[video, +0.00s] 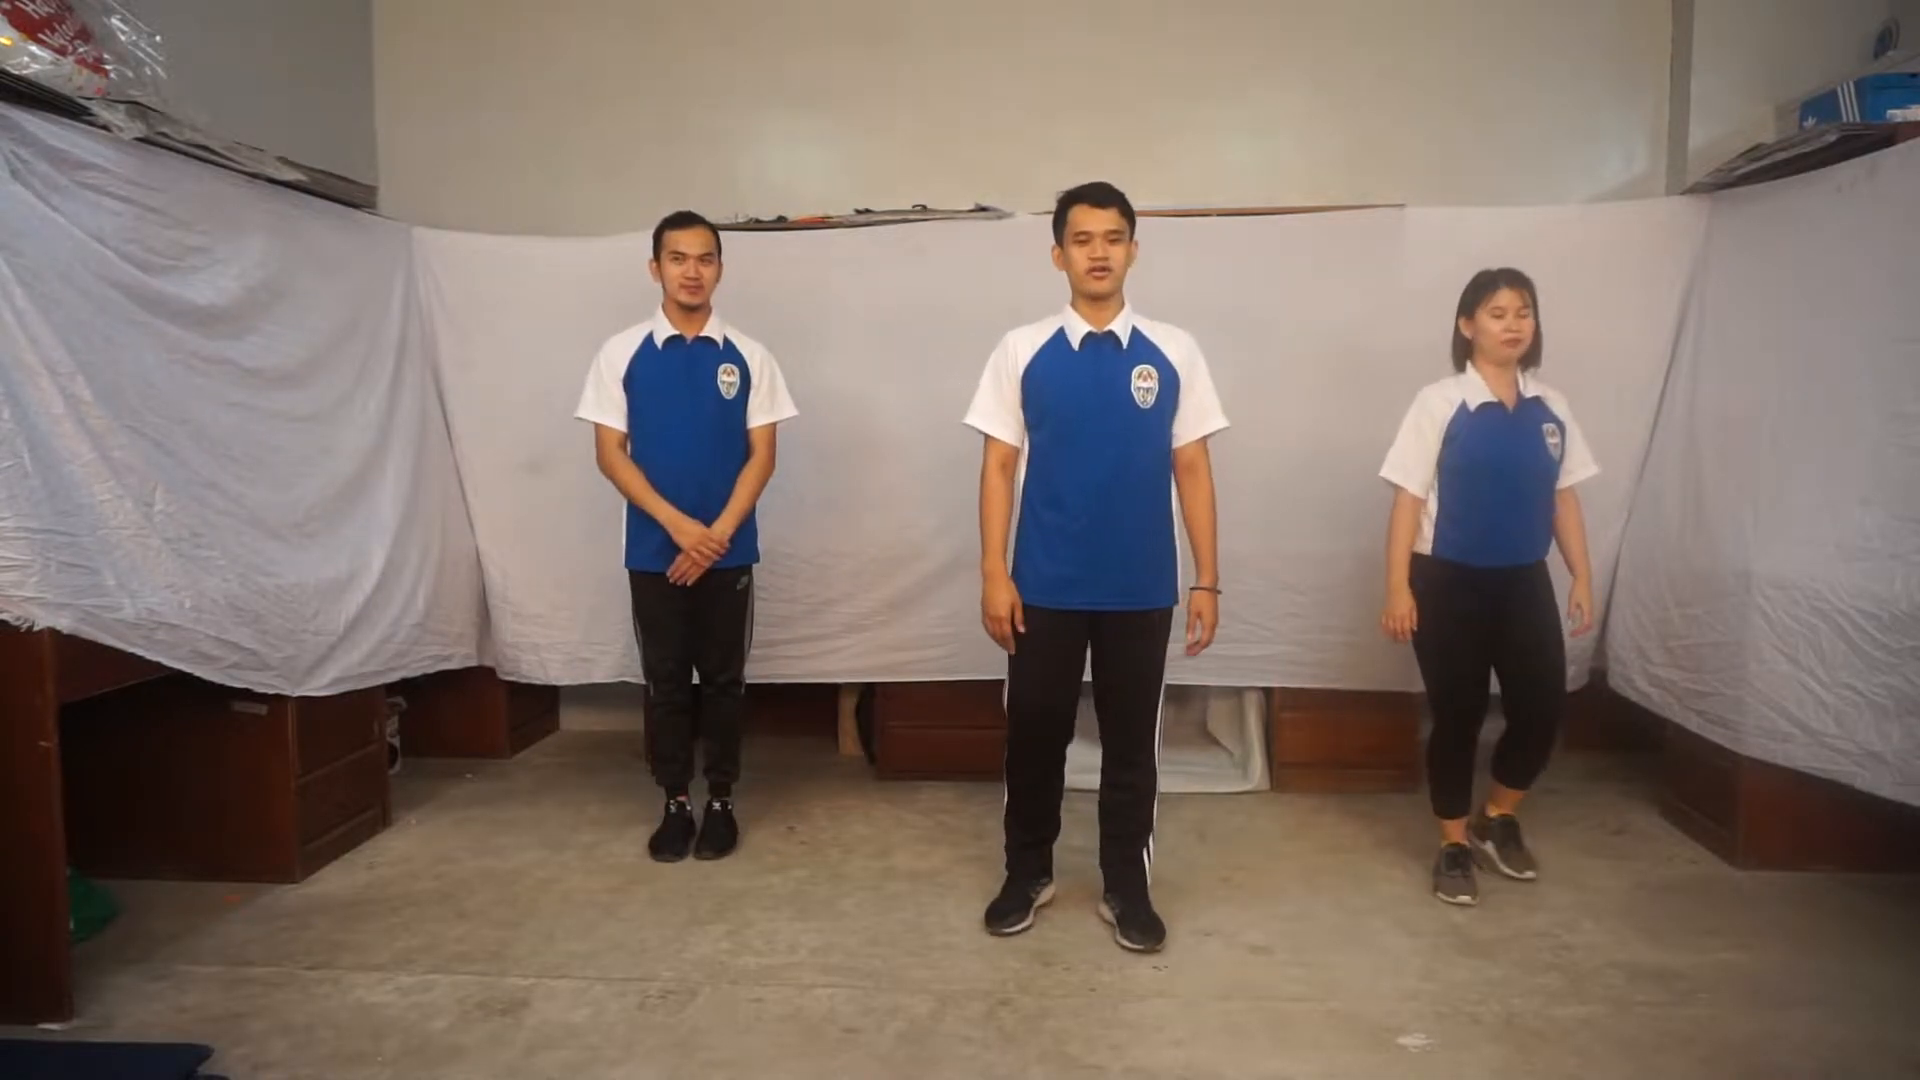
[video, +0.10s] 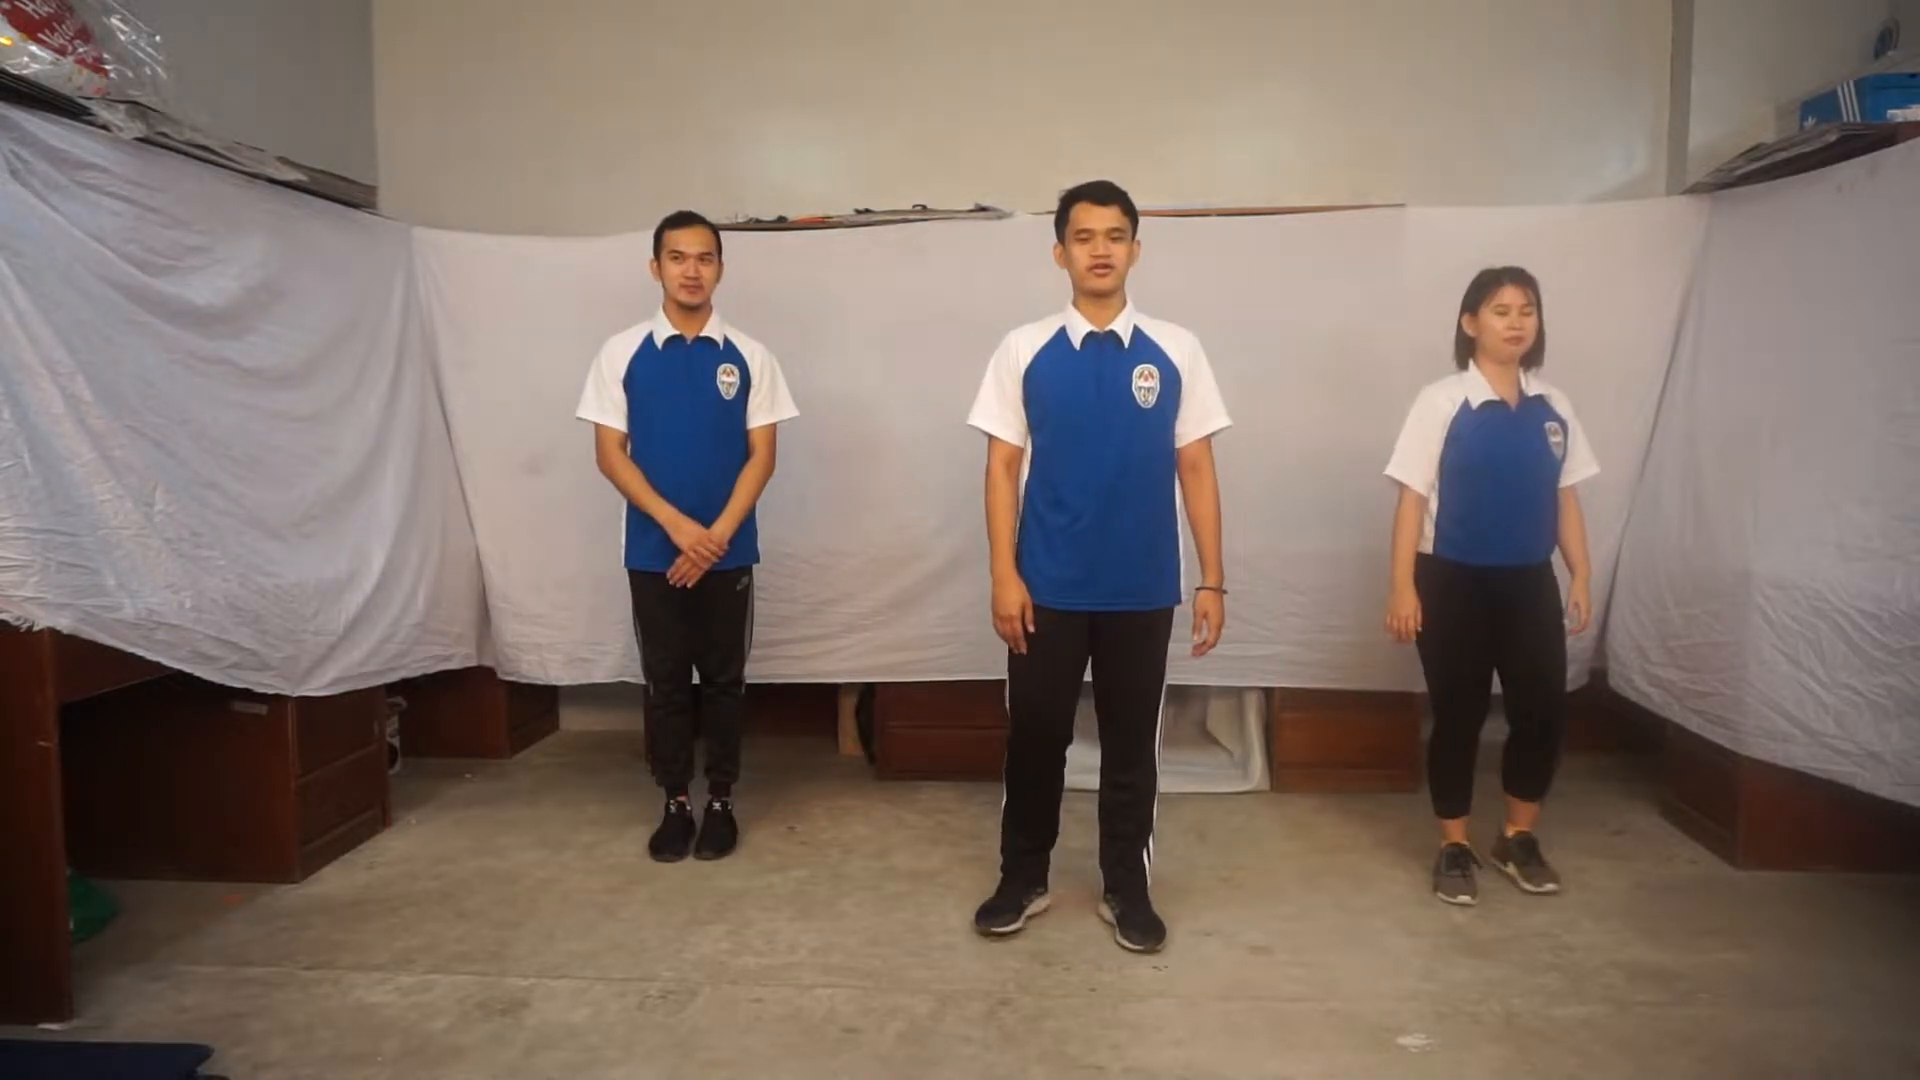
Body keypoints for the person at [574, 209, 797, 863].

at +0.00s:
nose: (693, 270)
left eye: (705, 259)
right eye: (679, 259)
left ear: (718, 269)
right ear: (657, 269)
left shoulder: (749, 357)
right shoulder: (621, 354)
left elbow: (763, 458)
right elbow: (609, 455)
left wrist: (713, 540)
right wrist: (675, 522)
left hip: (727, 555)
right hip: (654, 556)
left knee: (722, 684)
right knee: (666, 687)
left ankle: (720, 803)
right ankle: (676, 804)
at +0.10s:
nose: (693, 269)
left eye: (705, 258)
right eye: (679, 258)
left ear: (718, 269)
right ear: (657, 269)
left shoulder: (750, 357)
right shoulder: (621, 354)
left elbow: (763, 458)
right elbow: (610, 456)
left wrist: (712, 541)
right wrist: (675, 523)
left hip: (727, 556)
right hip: (654, 557)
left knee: (723, 685)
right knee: (666, 687)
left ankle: (720, 802)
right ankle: (675, 804)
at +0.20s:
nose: (693, 269)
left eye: (705, 258)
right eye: (679, 258)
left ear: (719, 269)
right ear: (658, 268)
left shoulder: (750, 357)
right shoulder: (622, 353)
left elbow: (762, 459)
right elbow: (609, 455)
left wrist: (712, 542)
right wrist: (672, 525)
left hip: (727, 555)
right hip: (654, 557)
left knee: (723, 684)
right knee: (666, 688)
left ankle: (720, 802)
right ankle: (676, 804)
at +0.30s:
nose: (693, 269)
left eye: (705, 258)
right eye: (680, 257)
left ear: (720, 270)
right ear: (659, 268)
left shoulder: (750, 358)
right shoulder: (623, 353)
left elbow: (762, 459)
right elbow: (608, 454)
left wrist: (708, 542)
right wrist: (667, 521)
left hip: (726, 555)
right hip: (654, 556)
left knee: (723, 684)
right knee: (666, 687)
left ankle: (720, 802)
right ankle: (676, 804)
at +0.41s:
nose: (691, 268)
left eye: (704, 257)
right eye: (678, 257)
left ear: (720, 269)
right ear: (659, 267)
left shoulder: (750, 358)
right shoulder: (623, 352)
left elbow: (761, 459)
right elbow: (608, 453)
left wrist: (706, 542)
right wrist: (667, 521)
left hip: (726, 556)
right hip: (653, 556)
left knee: (722, 685)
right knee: (666, 687)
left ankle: (720, 802)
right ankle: (676, 804)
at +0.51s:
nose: (690, 268)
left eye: (703, 257)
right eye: (677, 256)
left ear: (720, 269)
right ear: (659, 267)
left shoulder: (750, 358)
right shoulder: (623, 352)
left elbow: (761, 459)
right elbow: (607, 453)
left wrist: (705, 541)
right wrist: (665, 521)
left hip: (725, 556)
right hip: (653, 555)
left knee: (722, 684)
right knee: (666, 687)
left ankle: (720, 802)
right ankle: (675, 804)